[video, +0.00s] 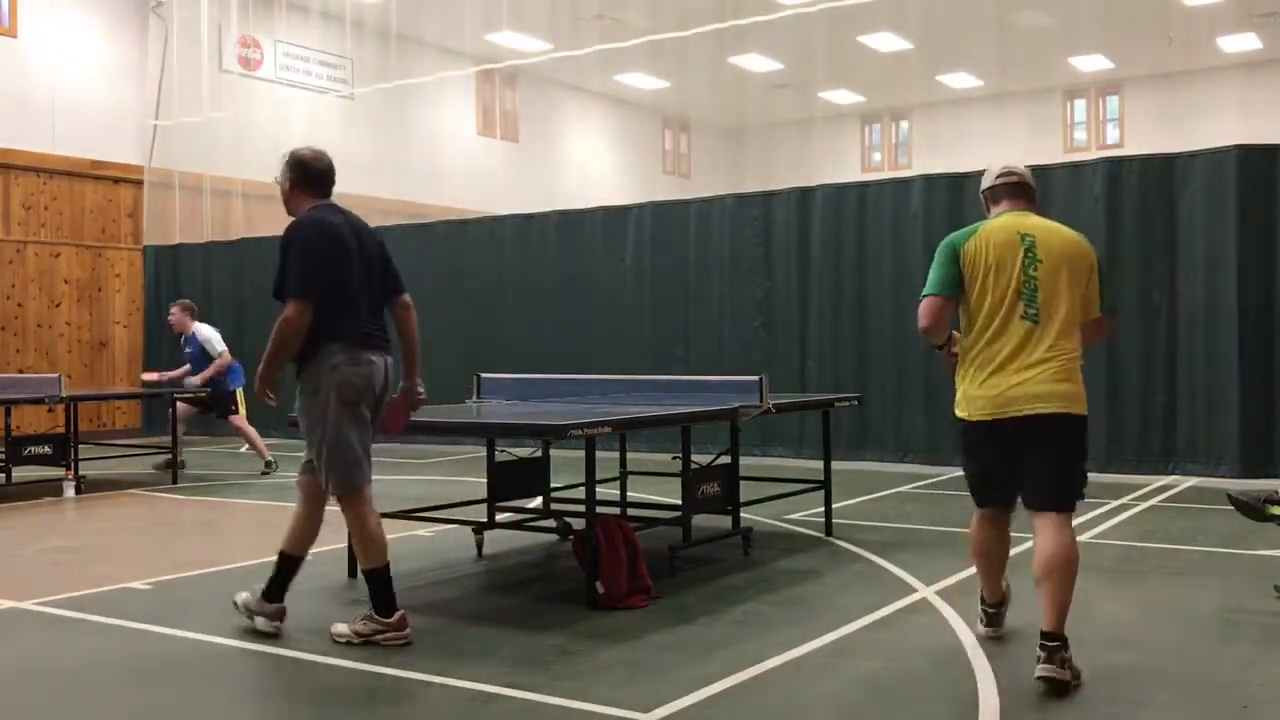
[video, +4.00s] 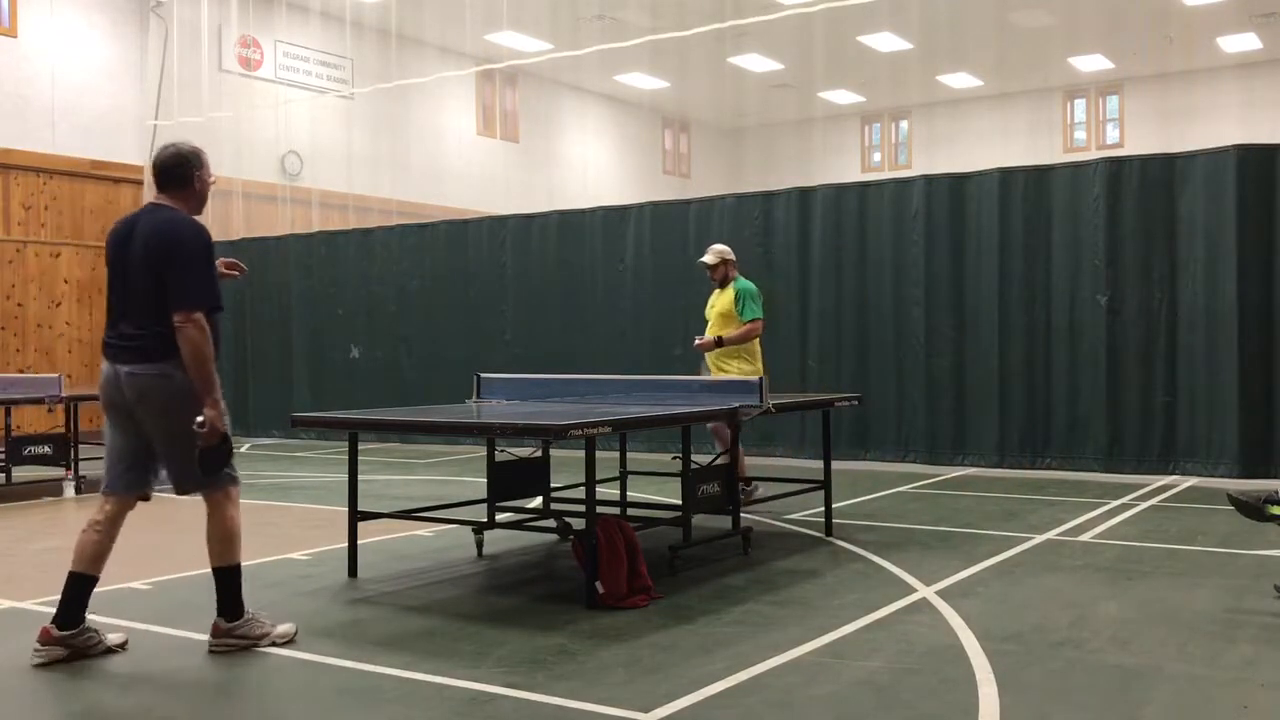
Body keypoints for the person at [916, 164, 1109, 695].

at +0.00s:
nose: (990, 208)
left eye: (988, 201)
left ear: (987, 202)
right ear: (1034, 199)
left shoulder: (960, 244)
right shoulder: (1076, 245)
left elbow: (929, 320)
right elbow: (1095, 330)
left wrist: (947, 339)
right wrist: (1049, 341)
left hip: (986, 405)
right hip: (1058, 403)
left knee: (991, 511)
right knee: (1054, 518)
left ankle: (993, 607)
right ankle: (1052, 648)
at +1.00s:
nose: (968, 237)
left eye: (968, 232)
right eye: (971, 232)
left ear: (974, 231)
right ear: (1007, 229)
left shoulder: (956, 263)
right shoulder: (1042, 265)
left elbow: (928, 310)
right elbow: (1053, 318)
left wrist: (959, 275)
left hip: (975, 388)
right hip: (1030, 388)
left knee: (973, 464)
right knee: (1029, 469)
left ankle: (968, 545)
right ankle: (1033, 562)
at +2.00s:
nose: (920, 255)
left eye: (920, 250)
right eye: (921, 250)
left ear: (926, 250)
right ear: (952, 246)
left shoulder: (923, 276)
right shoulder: (984, 277)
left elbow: (877, 290)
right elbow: (990, 317)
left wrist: (895, 258)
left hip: (932, 380)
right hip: (977, 380)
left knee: (923, 440)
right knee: (978, 444)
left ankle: (927, 509)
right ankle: (984, 519)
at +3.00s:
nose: (802, 269)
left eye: (805, 263)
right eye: (802, 263)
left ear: (821, 261)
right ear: (826, 262)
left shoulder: (830, 286)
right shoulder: (852, 285)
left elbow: (838, 329)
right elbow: (862, 335)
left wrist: (812, 360)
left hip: (831, 377)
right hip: (857, 377)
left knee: (800, 425)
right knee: (846, 433)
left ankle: (842, 474)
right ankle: (852, 496)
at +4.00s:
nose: (710, 273)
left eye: (713, 268)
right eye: (708, 268)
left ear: (729, 265)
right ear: (715, 268)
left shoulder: (745, 288)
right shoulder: (719, 291)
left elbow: (755, 327)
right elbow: (721, 328)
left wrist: (716, 341)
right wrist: (706, 340)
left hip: (740, 375)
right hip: (719, 374)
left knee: (719, 424)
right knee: (720, 426)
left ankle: (742, 480)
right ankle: (740, 480)